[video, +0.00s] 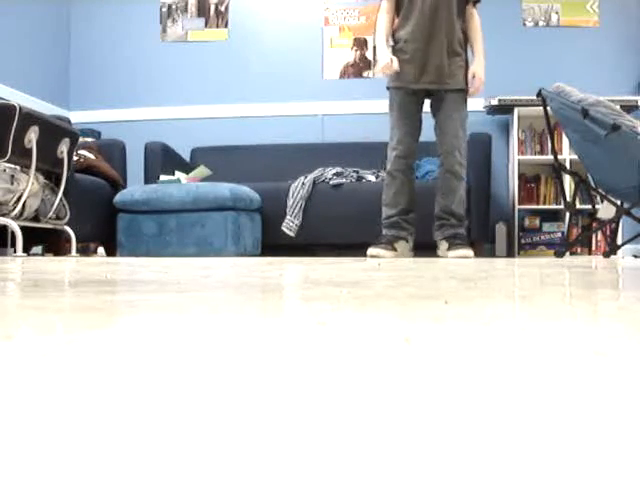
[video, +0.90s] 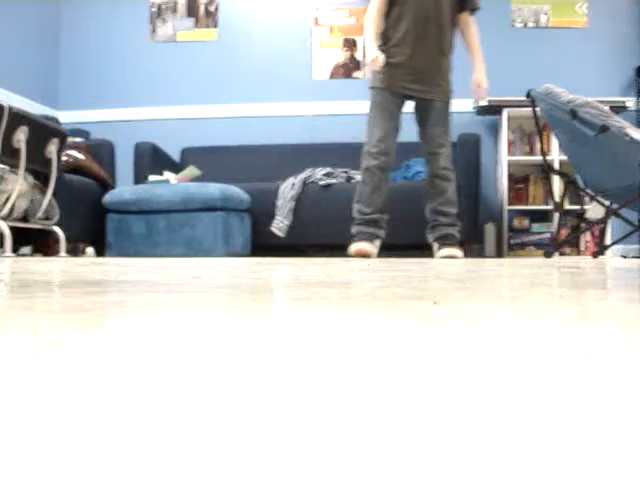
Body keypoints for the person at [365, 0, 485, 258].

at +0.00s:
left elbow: (471, 12)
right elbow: (387, 9)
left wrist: (478, 60)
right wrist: (383, 51)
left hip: (452, 68)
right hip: (405, 67)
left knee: (454, 157)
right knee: (399, 155)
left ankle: (451, 238)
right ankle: (396, 238)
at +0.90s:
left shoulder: (457, 2)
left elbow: (466, 20)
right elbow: (375, 11)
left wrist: (479, 69)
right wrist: (372, 49)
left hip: (435, 74)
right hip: (390, 70)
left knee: (440, 159)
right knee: (377, 154)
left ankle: (445, 239)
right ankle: (365, 236)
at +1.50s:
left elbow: (399, 4)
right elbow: (305, 24)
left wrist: (415, 35)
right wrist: (282, 64)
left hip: (373, 60)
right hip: (328, 64)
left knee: (372, 143)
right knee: (331, 154)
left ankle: (385, 235)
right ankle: (337, 236)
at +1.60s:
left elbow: (397, 2)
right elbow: (300, 21)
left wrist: (410, 27)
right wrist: (268, 63)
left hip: (372, 57)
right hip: (327, 61)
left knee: (377, 128)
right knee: (331, 154)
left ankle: (400, 223)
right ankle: (337, 236)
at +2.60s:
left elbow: (432, 4)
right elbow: (343, 2)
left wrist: (417, 20)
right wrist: (372, 11)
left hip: (401, 44)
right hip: (354, 39)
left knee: (401, 141)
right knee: (349, 130)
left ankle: (403, 234)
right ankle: (335, 230)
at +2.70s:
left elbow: (431, 4)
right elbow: (341, 2)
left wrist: (415, 19)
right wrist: (371, 12)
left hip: (400, 45)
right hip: (352, 40)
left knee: (400, 141)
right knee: (344, 132)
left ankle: (403, 234)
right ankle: (329, 231)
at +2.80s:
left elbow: (421, 2)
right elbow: (328, 3)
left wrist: (405, 18)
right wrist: (358, 13)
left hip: (391, 45)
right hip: (342, 44)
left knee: (396, 144)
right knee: (327, 137)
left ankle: (403, 237)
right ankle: (307, 234)